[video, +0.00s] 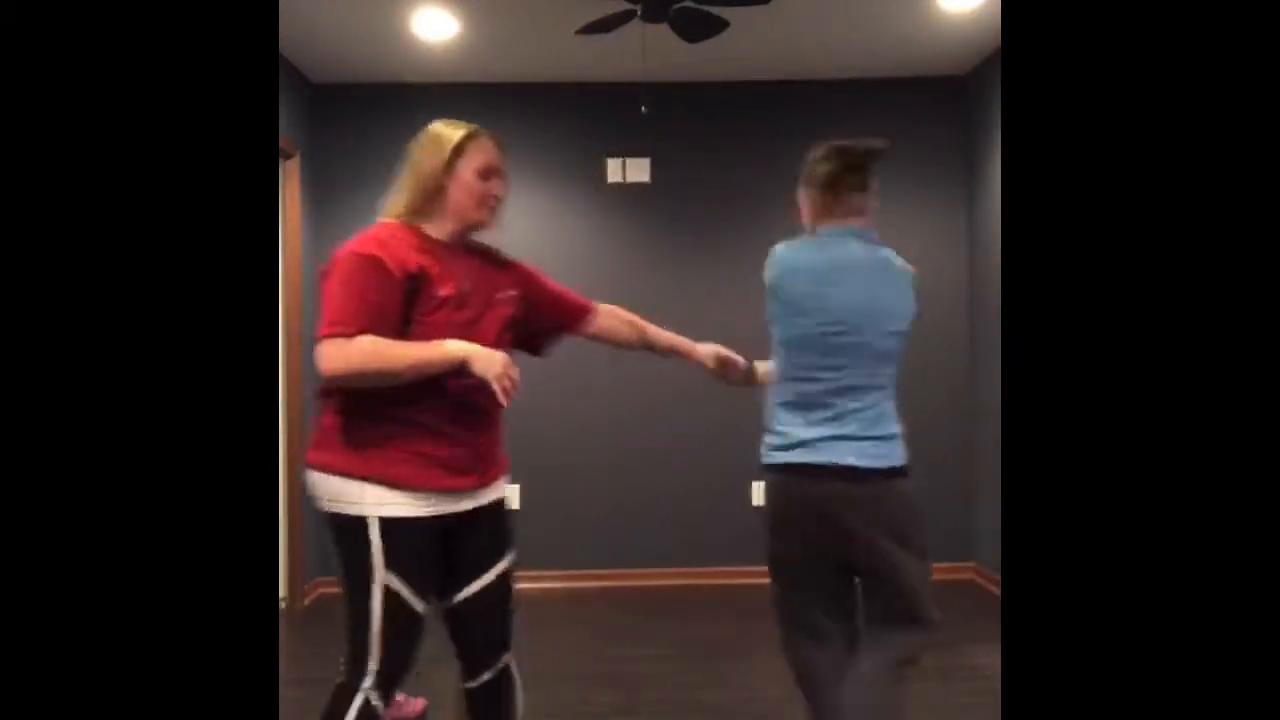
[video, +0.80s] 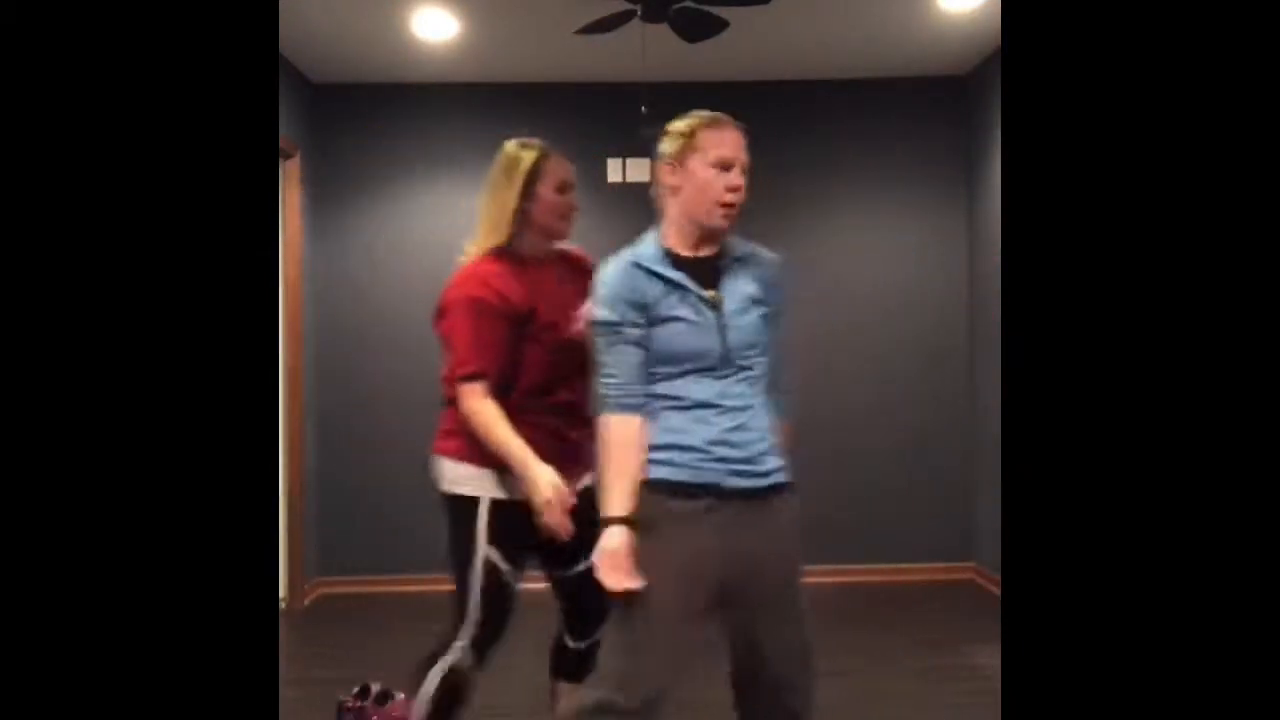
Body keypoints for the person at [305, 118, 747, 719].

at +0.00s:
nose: (498, 189)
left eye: (501, 177)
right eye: (484, 175)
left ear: (503, 186)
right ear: (437, 177)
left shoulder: (499, 274)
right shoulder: (375, 255)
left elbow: (596, 319)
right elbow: (337, 357)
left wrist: (694, 349)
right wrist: (460, 352)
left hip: (474, 494)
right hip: (378, 497)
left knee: (490, 670)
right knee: (376, 674)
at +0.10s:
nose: (462, 192)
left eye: (463, 178)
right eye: (450, 176)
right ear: (402, 174)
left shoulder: (455, 270)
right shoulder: (345, 251)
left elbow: (549, 309)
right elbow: (326, 358)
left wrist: (658, 324)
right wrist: (451, 354)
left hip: (436, 489)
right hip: (351, 493)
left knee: (461, 646)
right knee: (364, 666)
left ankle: (433, 711)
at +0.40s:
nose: (440, 185)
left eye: (439, 173)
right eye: (426, 171)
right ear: (378, 173)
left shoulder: (426, 259)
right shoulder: (331, 266)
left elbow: (496, 329)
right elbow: (299, 387)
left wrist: (588, 315)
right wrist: (429, 409)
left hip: (419, 484)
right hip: (349, 491)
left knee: (457, 631)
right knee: (372, 666)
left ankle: (397, 711)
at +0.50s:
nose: (465, 197)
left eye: (464, 183)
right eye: (454, 181)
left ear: (417, 188)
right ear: (409, 185)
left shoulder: (448, 265)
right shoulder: (367, 272)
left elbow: (500, 357)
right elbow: (329, 387)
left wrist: (557, 339)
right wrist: (440, 439)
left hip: (446, 491)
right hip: (382, 497)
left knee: (501, 623)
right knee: (396, 670)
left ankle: (473, 711)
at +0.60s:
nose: (503, 205)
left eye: (502, 192)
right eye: (491, 191)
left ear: (457, 199)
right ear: (449, 196)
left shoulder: (483, 274)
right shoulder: (413, 278)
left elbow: (487, 384)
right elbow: (381, 394)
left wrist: (529, 365)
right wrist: (476, 467)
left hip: (478, 494)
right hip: (416, 497)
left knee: (538, 618)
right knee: (418, 659)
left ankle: (542, 708)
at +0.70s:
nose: (540, 202)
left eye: (538, 190)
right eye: (528, 190)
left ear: (508, 200)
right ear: (490, 198)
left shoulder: (532, 277)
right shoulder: (448, 284)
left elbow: (573, 371)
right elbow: (435, 398)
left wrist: (566, 341)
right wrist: (509, 478)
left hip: (524, 481)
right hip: (454, 486)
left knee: (569, 610)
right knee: (439, 635)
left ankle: (558, 713)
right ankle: (368, 712)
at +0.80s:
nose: (573, 202)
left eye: (573, 190)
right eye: (559, 191)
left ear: (564, 197)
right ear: (520, 199)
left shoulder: (577, 272)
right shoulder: (480, 284)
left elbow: (606, 368)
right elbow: (472, 396)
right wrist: (533, 474)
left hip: (567, 475)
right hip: (487, 477)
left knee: (590, 608)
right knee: (481, 624)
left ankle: (565, 709)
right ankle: (419, 712)